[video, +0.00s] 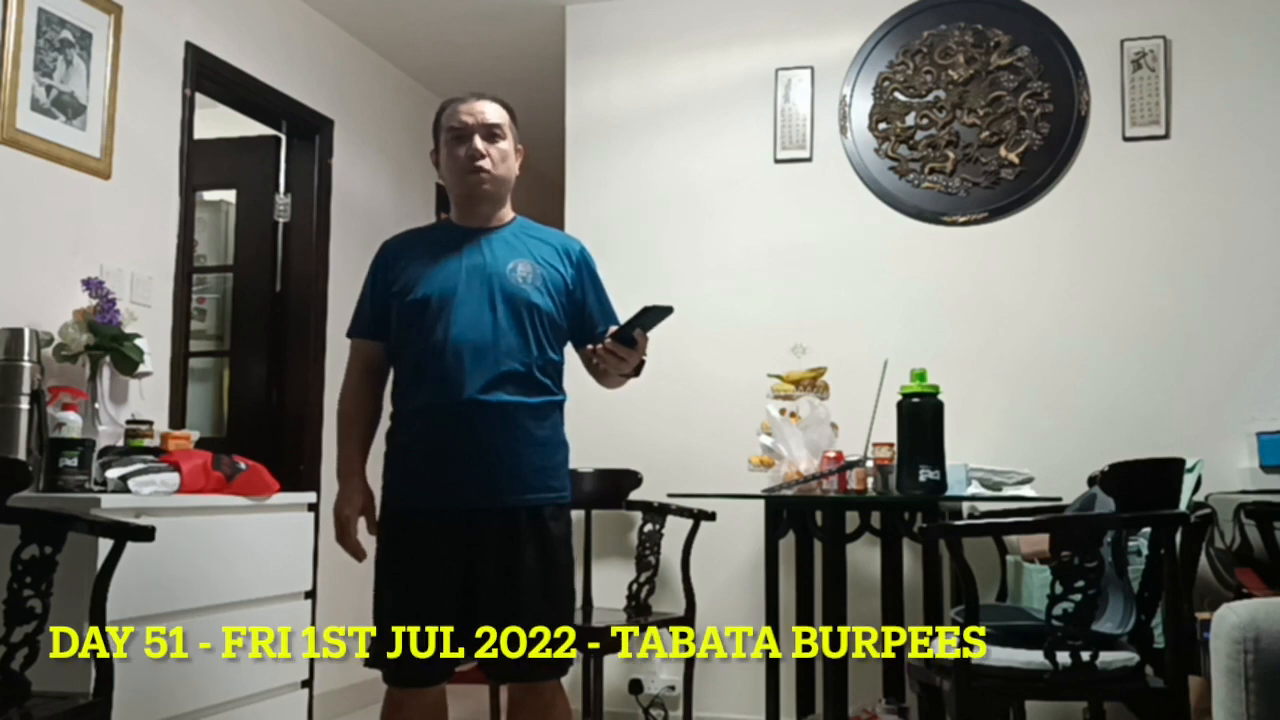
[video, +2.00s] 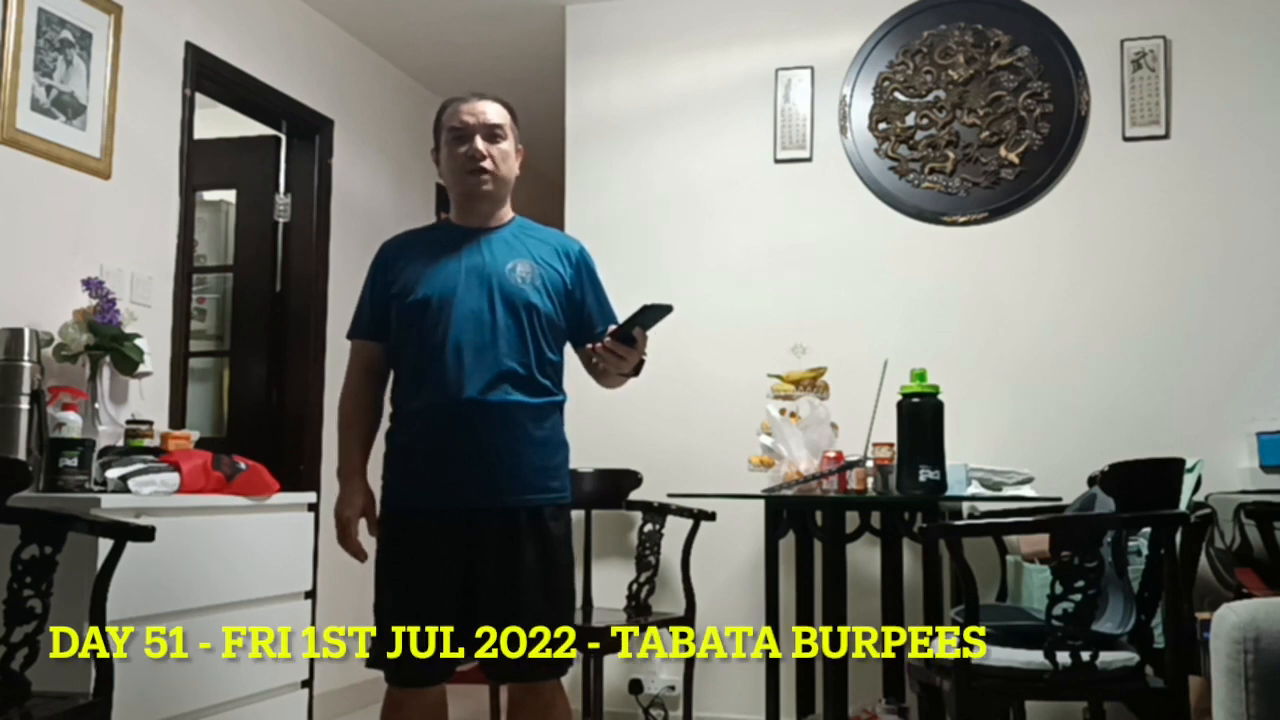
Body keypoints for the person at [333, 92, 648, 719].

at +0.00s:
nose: (476, 146)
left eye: (492, 134)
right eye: (459, 137)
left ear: (519, 158)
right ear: (437, 161)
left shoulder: (564, 253)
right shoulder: (400, 255)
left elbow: (604, 363)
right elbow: (365, 373)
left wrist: (622, 364)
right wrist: (351, 475)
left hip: (528, 496)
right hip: (421, 496)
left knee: (536, 681)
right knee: (411, 682)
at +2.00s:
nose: (477, 146)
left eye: (493, 135)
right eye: (460, 137)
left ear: (519, 159)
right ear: (437, 161)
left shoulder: (563, 253)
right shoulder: (400, 256)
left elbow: (603, 362)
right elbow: (365, 375)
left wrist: (622, 362)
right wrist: (352, 476)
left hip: (528, 496)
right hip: (421, 496)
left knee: (536, 680)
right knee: (412, 681)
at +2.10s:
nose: (477, 145)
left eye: (493, 134)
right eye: (460, 136)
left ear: (519, 159)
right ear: (437, 161)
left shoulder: (563, 253)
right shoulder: (400, 256)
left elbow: (603, 362)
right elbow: (365, 375)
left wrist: (622, 362)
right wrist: (352, 476)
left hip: (528, 496)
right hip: (421, 496)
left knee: (536, 680)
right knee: (412, 681)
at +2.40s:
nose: (477, 145)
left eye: (493, 134)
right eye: (460, 136)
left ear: (519, 159)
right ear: (438, 161)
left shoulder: (562, 253)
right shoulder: (400, 256)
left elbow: (603, 363)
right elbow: (365, 375)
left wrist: (622, 362)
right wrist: (352, 477)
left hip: (528, 497)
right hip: (421, 497)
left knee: (536, 680)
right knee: (413, 681)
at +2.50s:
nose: (477, 146)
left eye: (493, 134)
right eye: (460, 137)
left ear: (519, 159)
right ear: (438, 161)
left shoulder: (563, 253)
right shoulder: (400, 256)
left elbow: (603, 363)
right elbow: (365, 376)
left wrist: (622, 362)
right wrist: (352, 477)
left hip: (528, 497)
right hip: (421, 497)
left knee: (536, 680)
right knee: (413, 681)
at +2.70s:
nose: (477, 146)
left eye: (493, 135)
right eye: (460, 137)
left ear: (519, 159)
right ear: (437, 161)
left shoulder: (563, 254)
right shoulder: (400, 256)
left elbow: (603, 363)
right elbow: (365, 376)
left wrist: (622, 362)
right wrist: (352, 477)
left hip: (528, 497)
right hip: (422, 497)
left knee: (536, 680)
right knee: (413, 681)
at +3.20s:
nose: (477, 146)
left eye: (493, 135)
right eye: (460, 137)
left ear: (519, 159)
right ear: (437, 161)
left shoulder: (562, 254)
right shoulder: (399, 257)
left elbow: (602, 363)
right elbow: (364, 376)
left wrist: (621, 363)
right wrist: (352, 479)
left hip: (529, 497)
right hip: (421, 498)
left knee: (536, 680)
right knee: (412, 681)